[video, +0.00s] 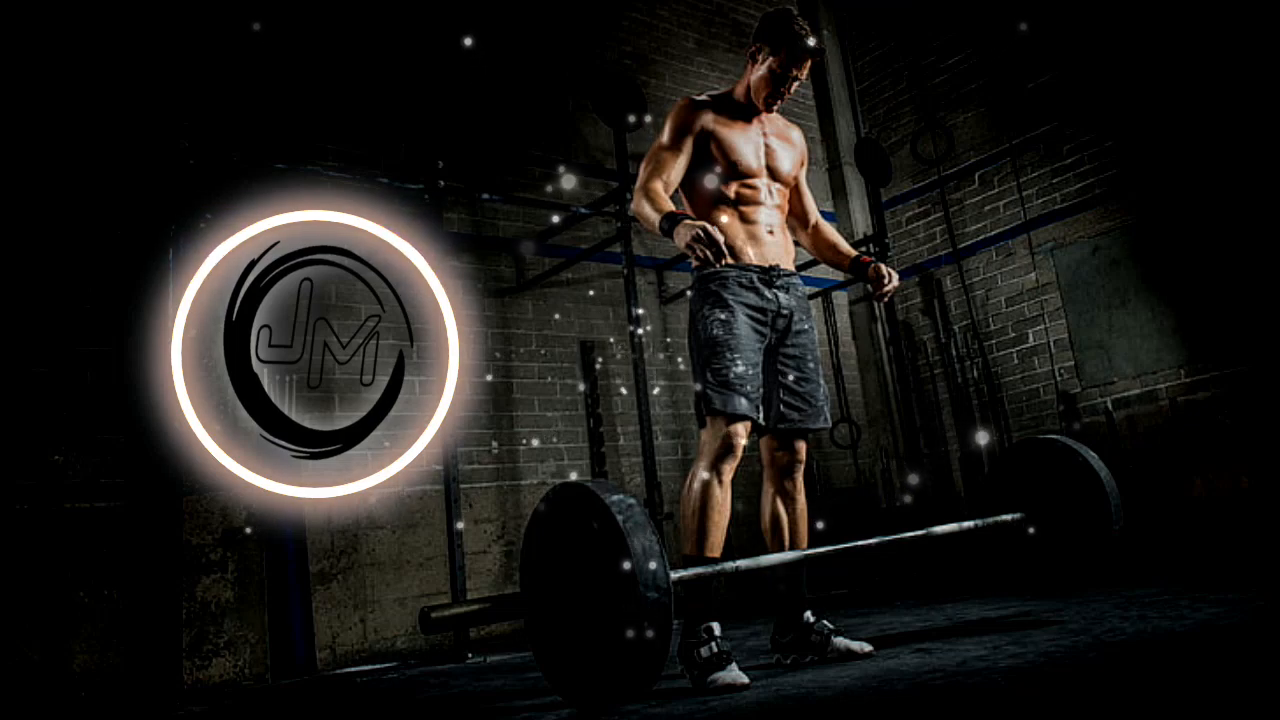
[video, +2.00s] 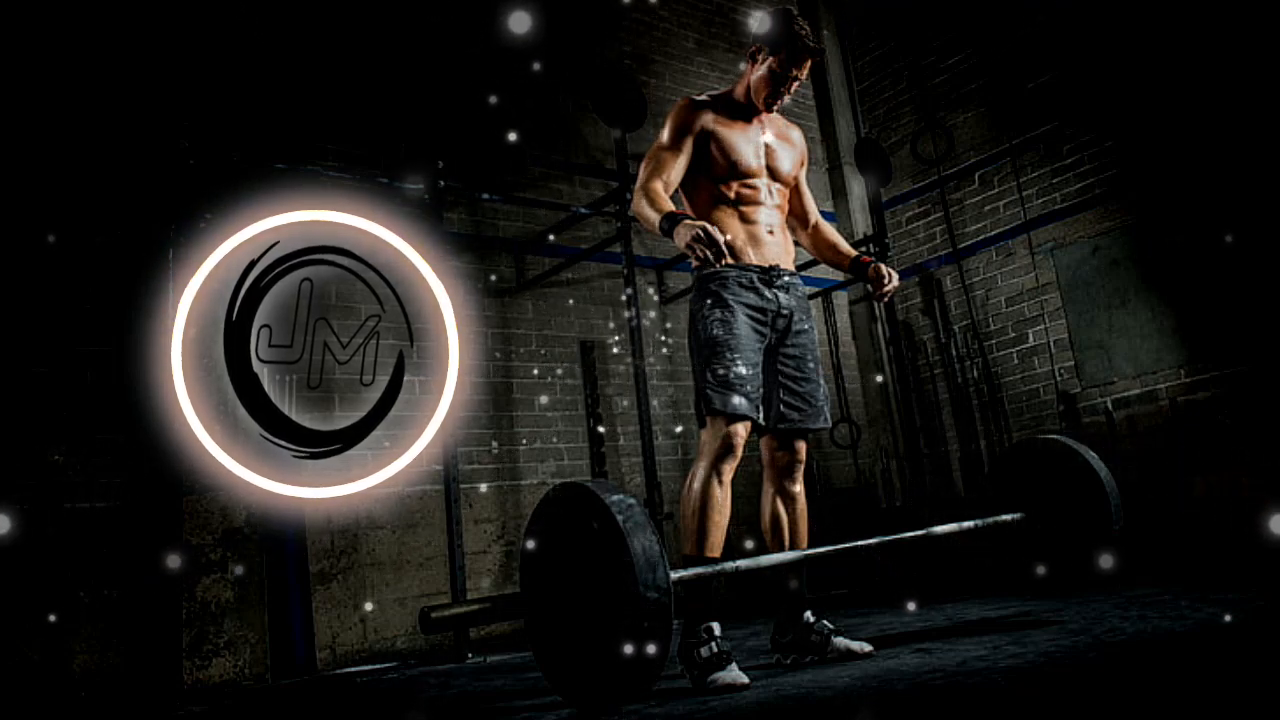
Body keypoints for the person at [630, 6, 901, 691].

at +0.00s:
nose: (791, 87)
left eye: (801, 77)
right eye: (788, 71)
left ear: (803, 76)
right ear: (757, 57)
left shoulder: (792, 137)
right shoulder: (697, 115)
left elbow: (809, 225)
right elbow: (644, 200)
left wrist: (860, 264)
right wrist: (677, 227)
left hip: (790, 297)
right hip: (730, 292)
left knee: (790, 456)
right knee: (729, 440)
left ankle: (797, 625)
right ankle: (699, 634)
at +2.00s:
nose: (790, 90)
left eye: (801, 79)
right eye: (787, 73)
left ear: (803, 76)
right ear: (756, 57)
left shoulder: (792, 136)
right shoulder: (697, 115)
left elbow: (808, 224)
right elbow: (645, 197)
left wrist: (860, 264)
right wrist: (677, 225)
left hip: (790, 297)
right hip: (731, 292)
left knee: (790, 455)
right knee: (730, 437)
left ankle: (796, 624)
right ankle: (698, 633)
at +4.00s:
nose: (789, 92)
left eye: (799, 82)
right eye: (785, 76)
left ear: (801, 77)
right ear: (756, 59)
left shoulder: (792, 136)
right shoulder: (697, 115)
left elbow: (809, 225)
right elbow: (645, 199)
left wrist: (860, 265)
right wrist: (676, 225)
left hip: (790, 296)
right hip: (730, 291)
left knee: (790, 453)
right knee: (728, 438)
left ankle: (797, 623)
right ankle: (698, 633)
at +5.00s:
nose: (788, 91)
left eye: (798, 81)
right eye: (785, 75)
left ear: (800, 77)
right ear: (756, 58)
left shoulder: (792, 137)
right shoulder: (698, 115)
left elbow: (809, 224)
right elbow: (644, 199)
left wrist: (860, 265)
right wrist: (674, 227)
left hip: (790, 296)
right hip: (730, 292)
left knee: (790, 454)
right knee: (729, 437)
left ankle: (797, 624)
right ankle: (698, 633)